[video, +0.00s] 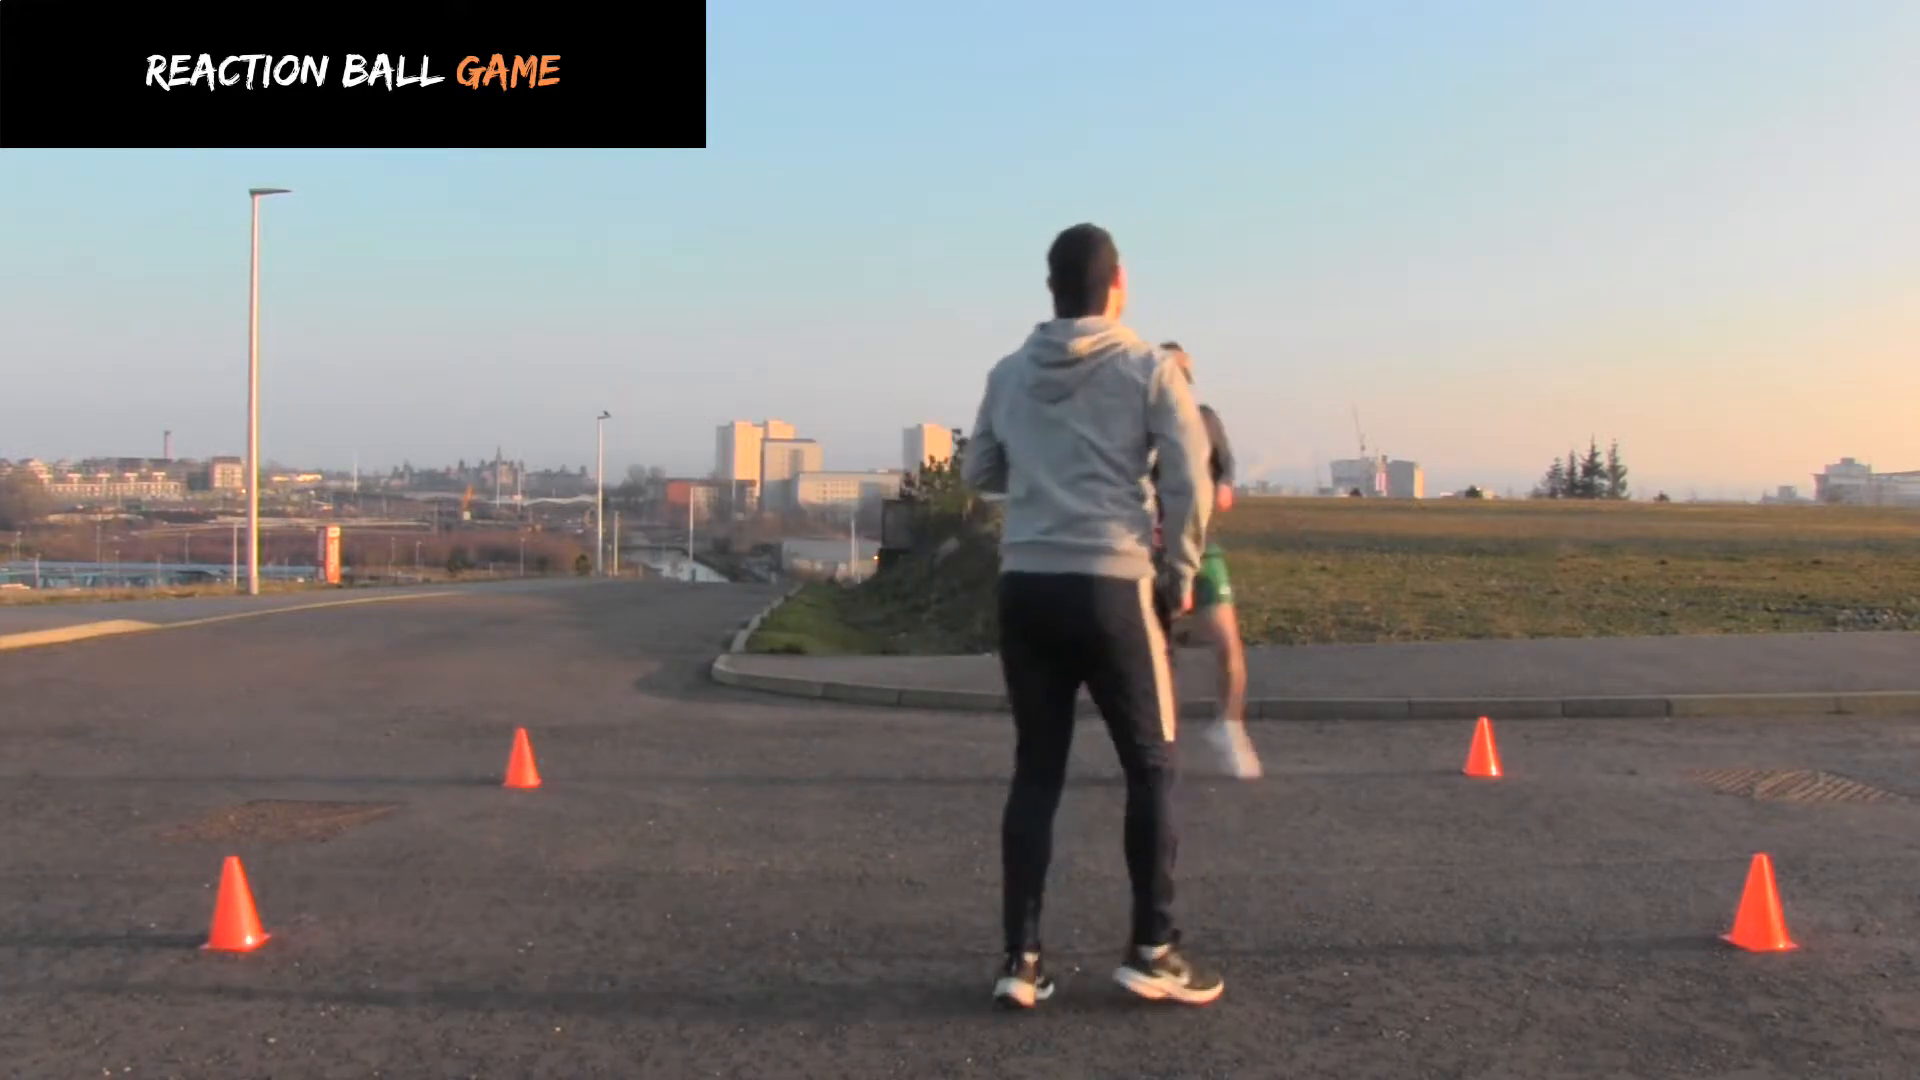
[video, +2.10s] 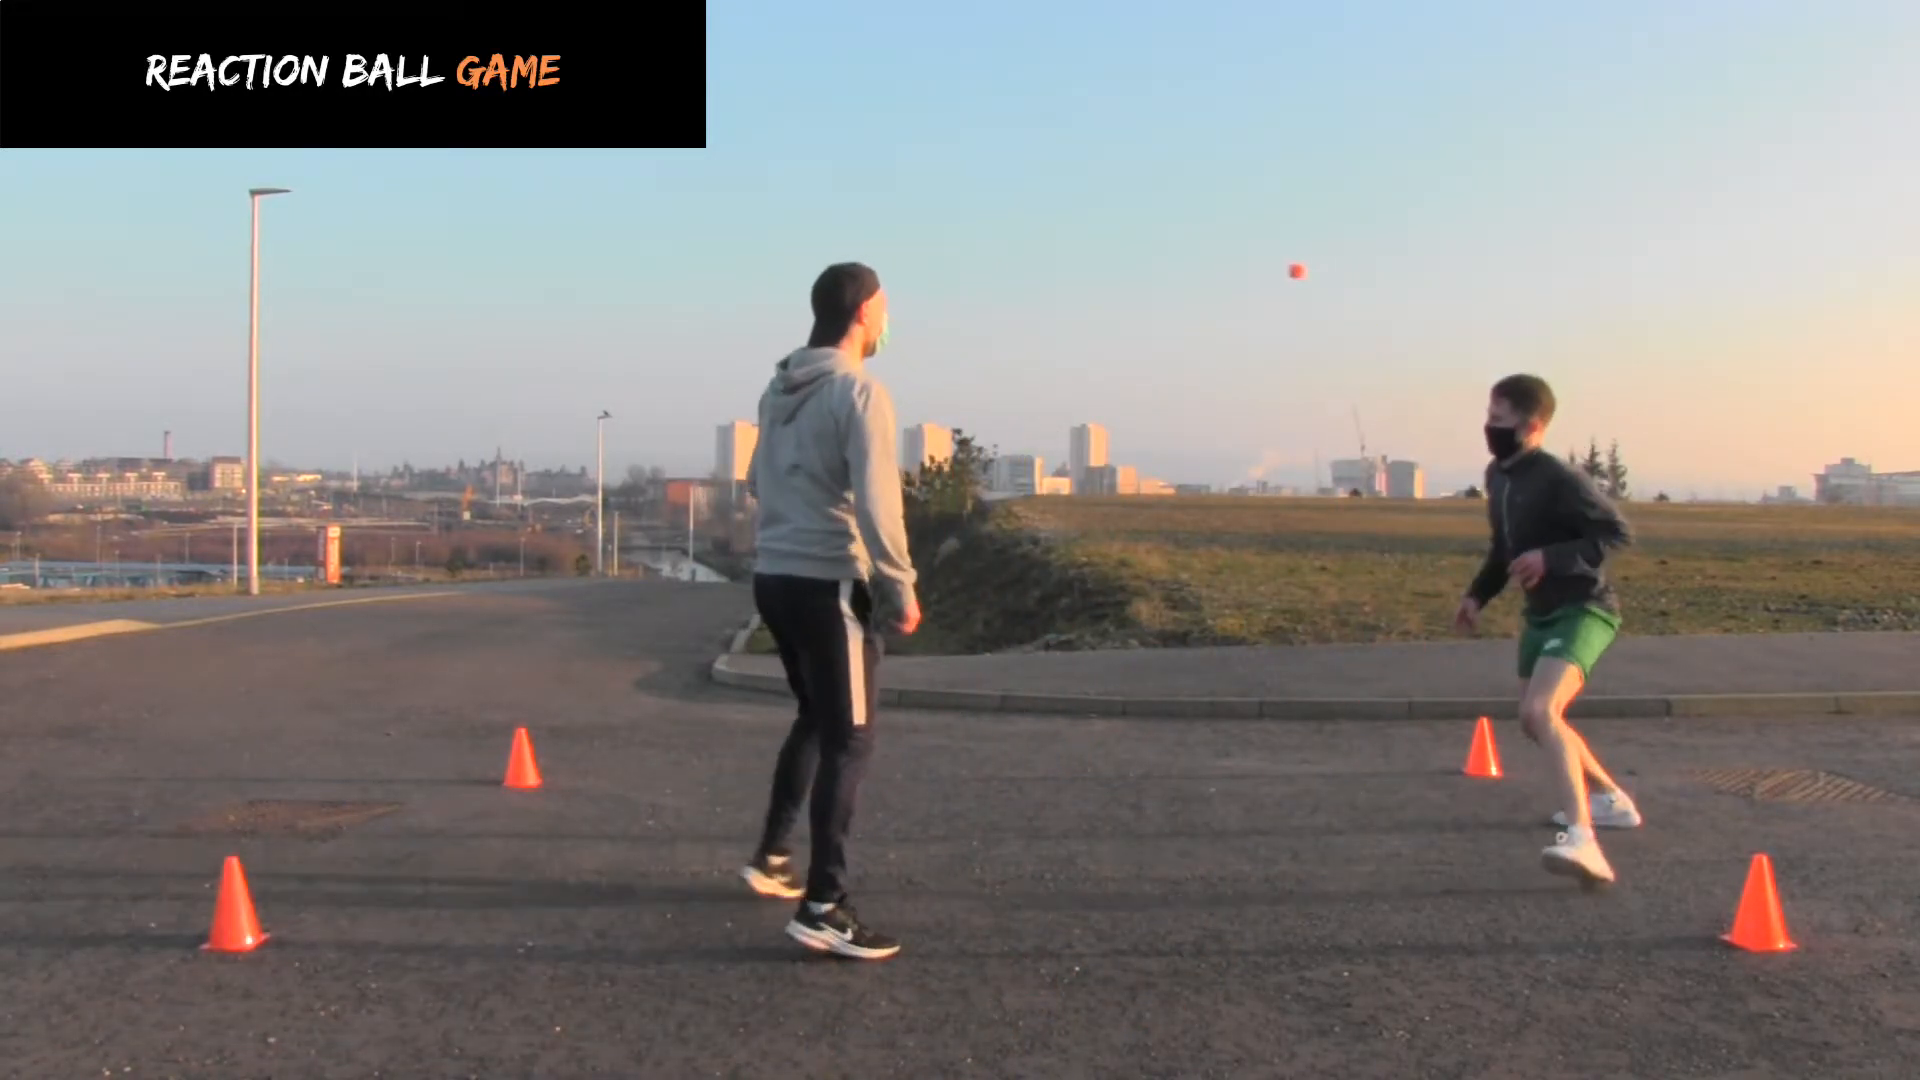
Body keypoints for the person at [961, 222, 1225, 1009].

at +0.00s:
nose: (1126, 289)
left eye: (1110, 278)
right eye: (1124, 278)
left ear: (1052, 287)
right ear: (1117, 284)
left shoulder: (1010, 372)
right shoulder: (1150, 367)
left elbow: (980, 471)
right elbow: (1188, 478)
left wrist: (1048, 463)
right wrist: (1178, 572)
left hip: (1025, 590)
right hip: (1111, 590)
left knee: (1034, 772)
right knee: (1150, 767)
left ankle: (1019, 961)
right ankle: (1151, 950)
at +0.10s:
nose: (1093, 308)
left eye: (1075, 298)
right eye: (1091, 298)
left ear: (1018, 306)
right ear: (1085, 304)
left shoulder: (980, 398)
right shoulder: (1114, 390)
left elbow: (944, 499)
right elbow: (1158, 505)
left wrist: (1004, 516)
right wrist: (1160, 596)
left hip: (994, 622)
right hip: (1079, 625)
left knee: (1025, 786)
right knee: (1131, 781)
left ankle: (1015, 978)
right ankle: (1078, 954)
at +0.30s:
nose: (1048, 282)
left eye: (1007, 269)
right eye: (1050, 270)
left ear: (976, 274)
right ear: (1048, 274)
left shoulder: (934, 362)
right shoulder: (1083, 355)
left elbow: (891, 457)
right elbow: (1126, 471)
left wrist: (958, 497)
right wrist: (1094, 548)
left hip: (955, 594)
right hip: (1043, 597)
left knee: (988, 775)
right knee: (1026, 783)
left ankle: (996, 957)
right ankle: (956, 974)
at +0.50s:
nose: (1026, 308)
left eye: (1018, 295)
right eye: (1025, 297)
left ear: (945, 299)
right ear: (1016, 303)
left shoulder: (894, 397)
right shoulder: (1031, 393)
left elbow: (860, 506)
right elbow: (1078, 527)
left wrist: (933, 524)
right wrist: (1058, 601)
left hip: (902, 631)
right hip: (990, 634)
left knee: (943, 776)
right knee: (997, 822)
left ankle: (906, 947)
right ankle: (934, 1017)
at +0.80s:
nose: (958, 292)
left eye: (954, 277)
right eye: (956, 279)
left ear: (883, 280)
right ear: (939, 283)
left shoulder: (832, 371)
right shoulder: (946, 364)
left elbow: (786, 490)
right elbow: (970, 481)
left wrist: (861, 516)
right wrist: (980, 581)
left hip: (821, 601)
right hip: (896, 605)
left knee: (838, 790)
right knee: (941, 795)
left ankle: (800, 984)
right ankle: (871, 990)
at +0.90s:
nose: (933, 306)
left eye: (929, 292)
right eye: (931, 293)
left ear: (863, 291)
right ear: (913, 294)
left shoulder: (804, 384)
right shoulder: (919, 380)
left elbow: (755, 493)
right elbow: (932, 505)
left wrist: (808, 556)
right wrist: (946, 604)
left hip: (797, 617)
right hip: (870, 620)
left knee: (826, 793)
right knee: (901, 804)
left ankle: (793, 979)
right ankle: (774, 957)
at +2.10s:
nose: (887, 318)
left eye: (885, 305)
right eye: (883, 306)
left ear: (824, 312)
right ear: (864, 314)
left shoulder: (782, 389)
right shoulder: (863, 391)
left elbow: (758, 484)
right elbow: (876, 500)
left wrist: (798, 547)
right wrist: (902, 589)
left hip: (774, 579)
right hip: (827, 582)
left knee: (814, 714)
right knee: (850, 738)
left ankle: (774, 852)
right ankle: (823, 906)